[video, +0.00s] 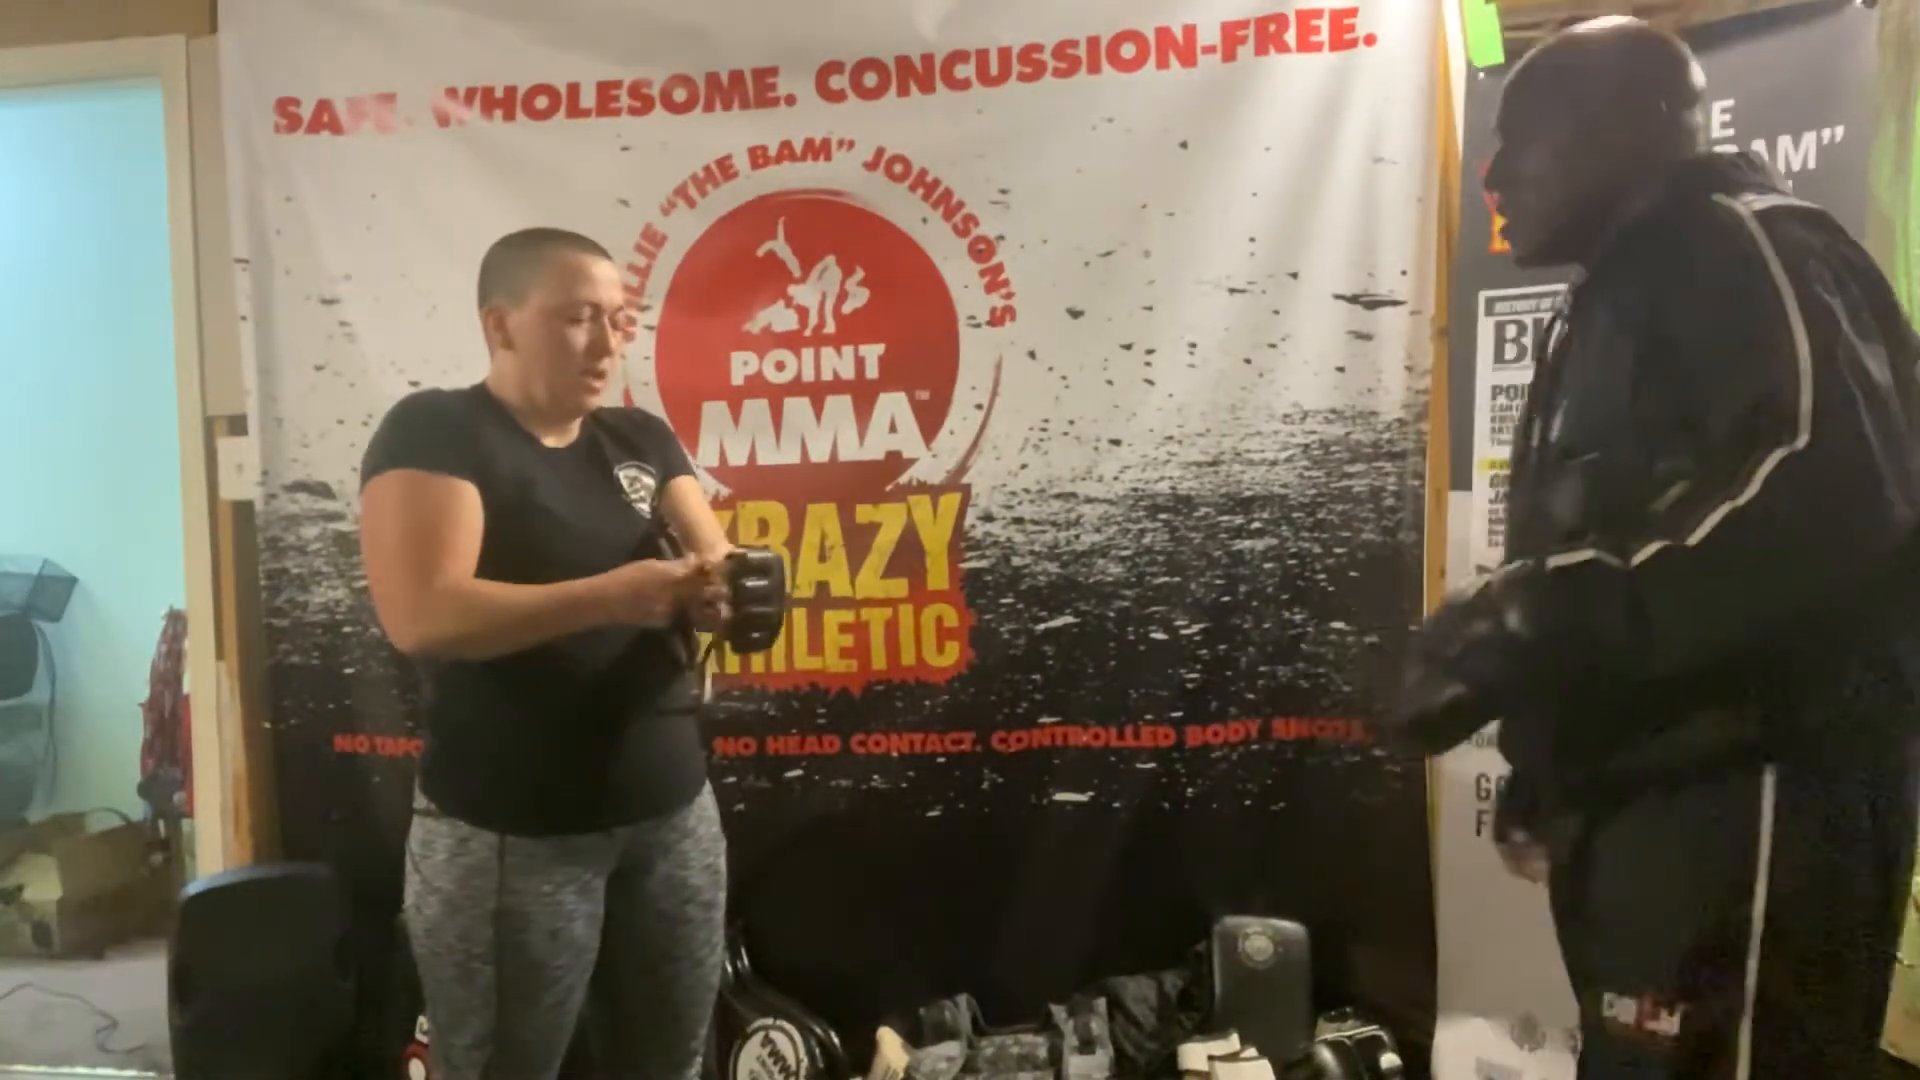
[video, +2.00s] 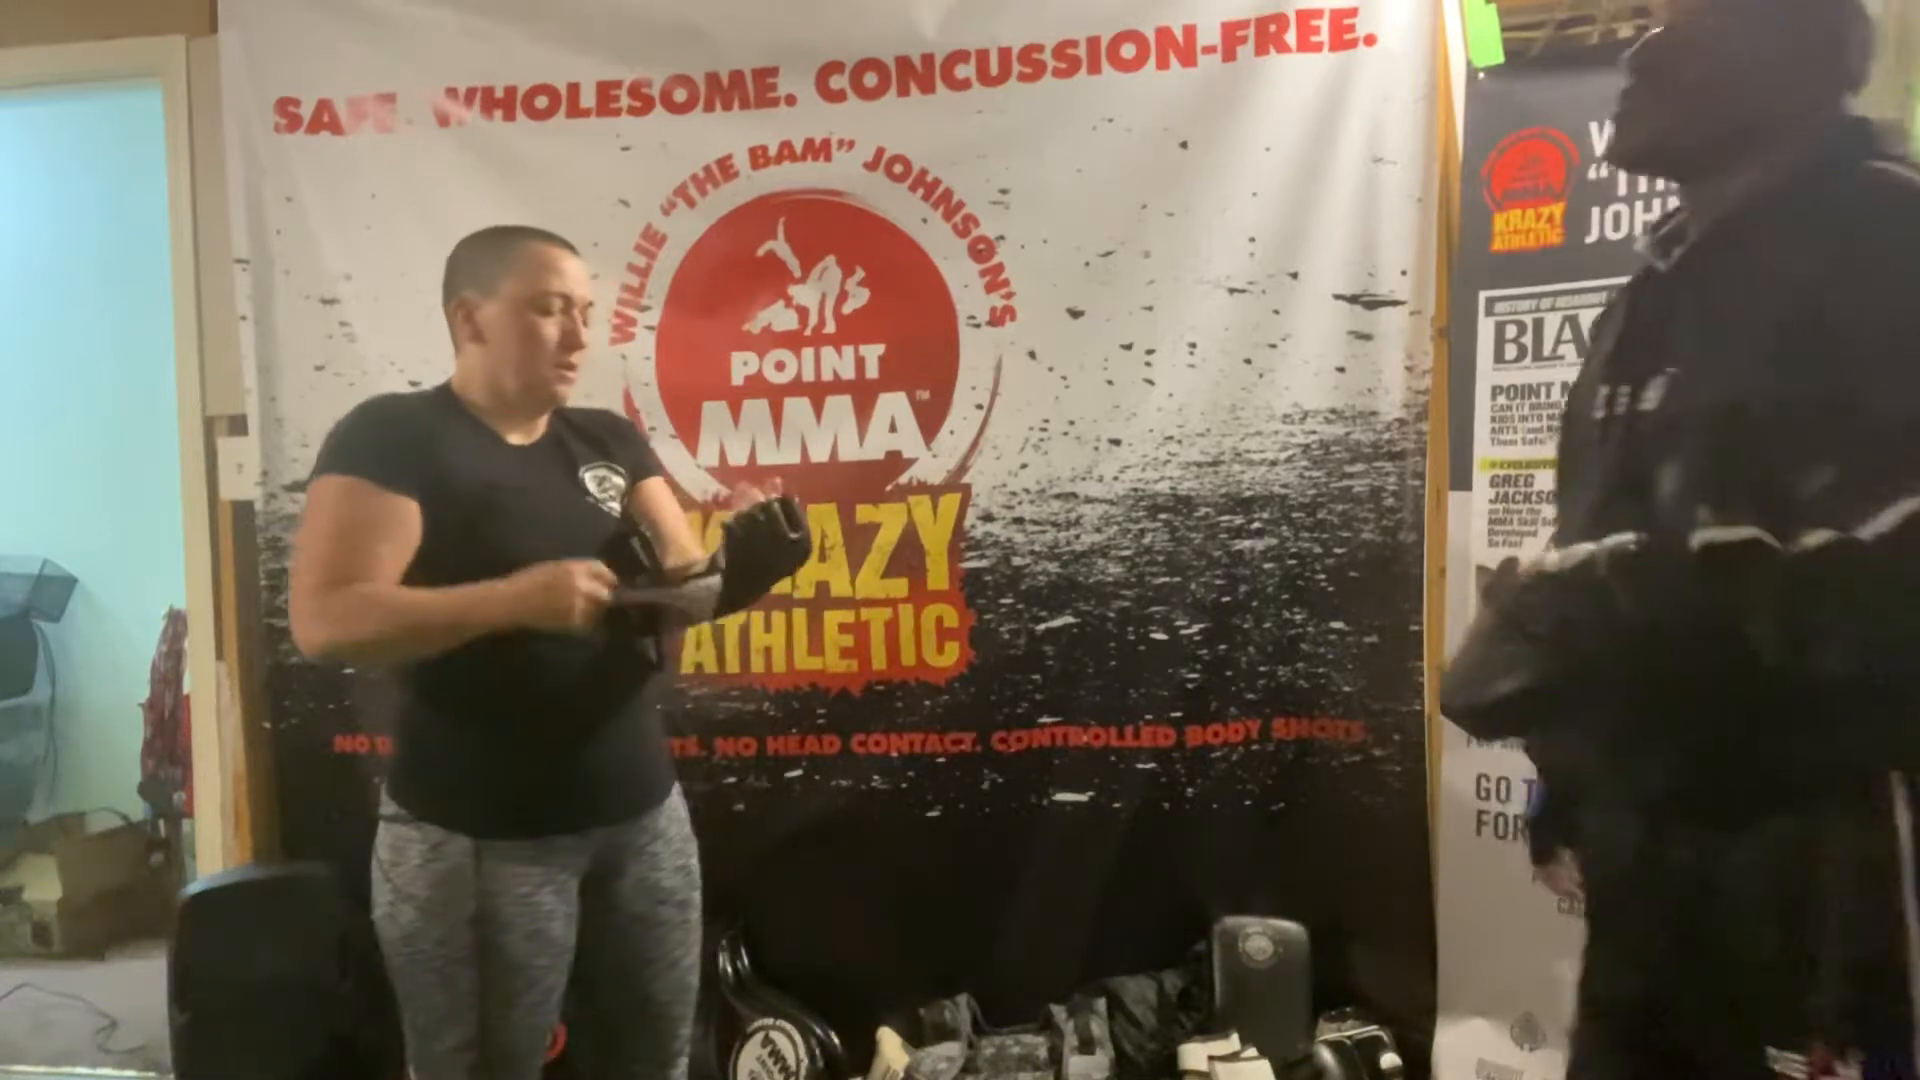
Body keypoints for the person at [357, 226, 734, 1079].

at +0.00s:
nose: (607, 341)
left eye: (616, 320)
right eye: (580, 316)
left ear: (625, 329)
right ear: (502, 324)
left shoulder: (641, 439)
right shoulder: (431, 432)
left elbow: (724, 572)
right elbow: (419, 614)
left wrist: (721, 593)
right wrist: (616, 595)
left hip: (670, 827)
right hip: (505, 844)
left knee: (662, 1065)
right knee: (497, 1068)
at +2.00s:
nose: (578, 333)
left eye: (584, 312)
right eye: (550, 308)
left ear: (591, 324)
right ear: (469, 317)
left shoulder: (609, 440)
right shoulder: (389, 437)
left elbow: (687, 583)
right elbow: (325, 617)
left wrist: (734, 557)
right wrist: (517, 598)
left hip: (641, 827)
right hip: (473, 848)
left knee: (647, 1065)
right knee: (479, 1069)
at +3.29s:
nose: (546, 351)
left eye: (557, 329)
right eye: (524, 323)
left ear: (564, 331)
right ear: (439, 314)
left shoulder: (560, 439)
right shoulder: (364, 437)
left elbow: (661, 568)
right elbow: (413, 597)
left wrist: (621, 625)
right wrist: (611, 580)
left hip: (609, 828)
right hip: (448, 852)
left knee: (635, 1065)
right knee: (467, 1067)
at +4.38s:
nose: (609, 356)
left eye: (617, 335)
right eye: (590, 329)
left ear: (621, 340)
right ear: (508, 318)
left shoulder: (625, 448)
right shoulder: (421, 433)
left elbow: (704, 587)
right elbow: (449, 610)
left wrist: (736, 656)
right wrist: (634, 589)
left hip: (653, 825)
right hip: (490, 842)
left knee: (656, 1064)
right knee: (493, 1068)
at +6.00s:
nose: (621, 356)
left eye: (629, 333)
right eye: (602, 329)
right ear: (516, 319)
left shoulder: (619, 448)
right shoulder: (420, 430)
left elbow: (638, 612)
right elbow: (363, 611)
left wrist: (701, 616)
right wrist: (553, 576)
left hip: (650, 832)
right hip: (490, 850)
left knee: (643, 1066)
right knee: (482, 1069)